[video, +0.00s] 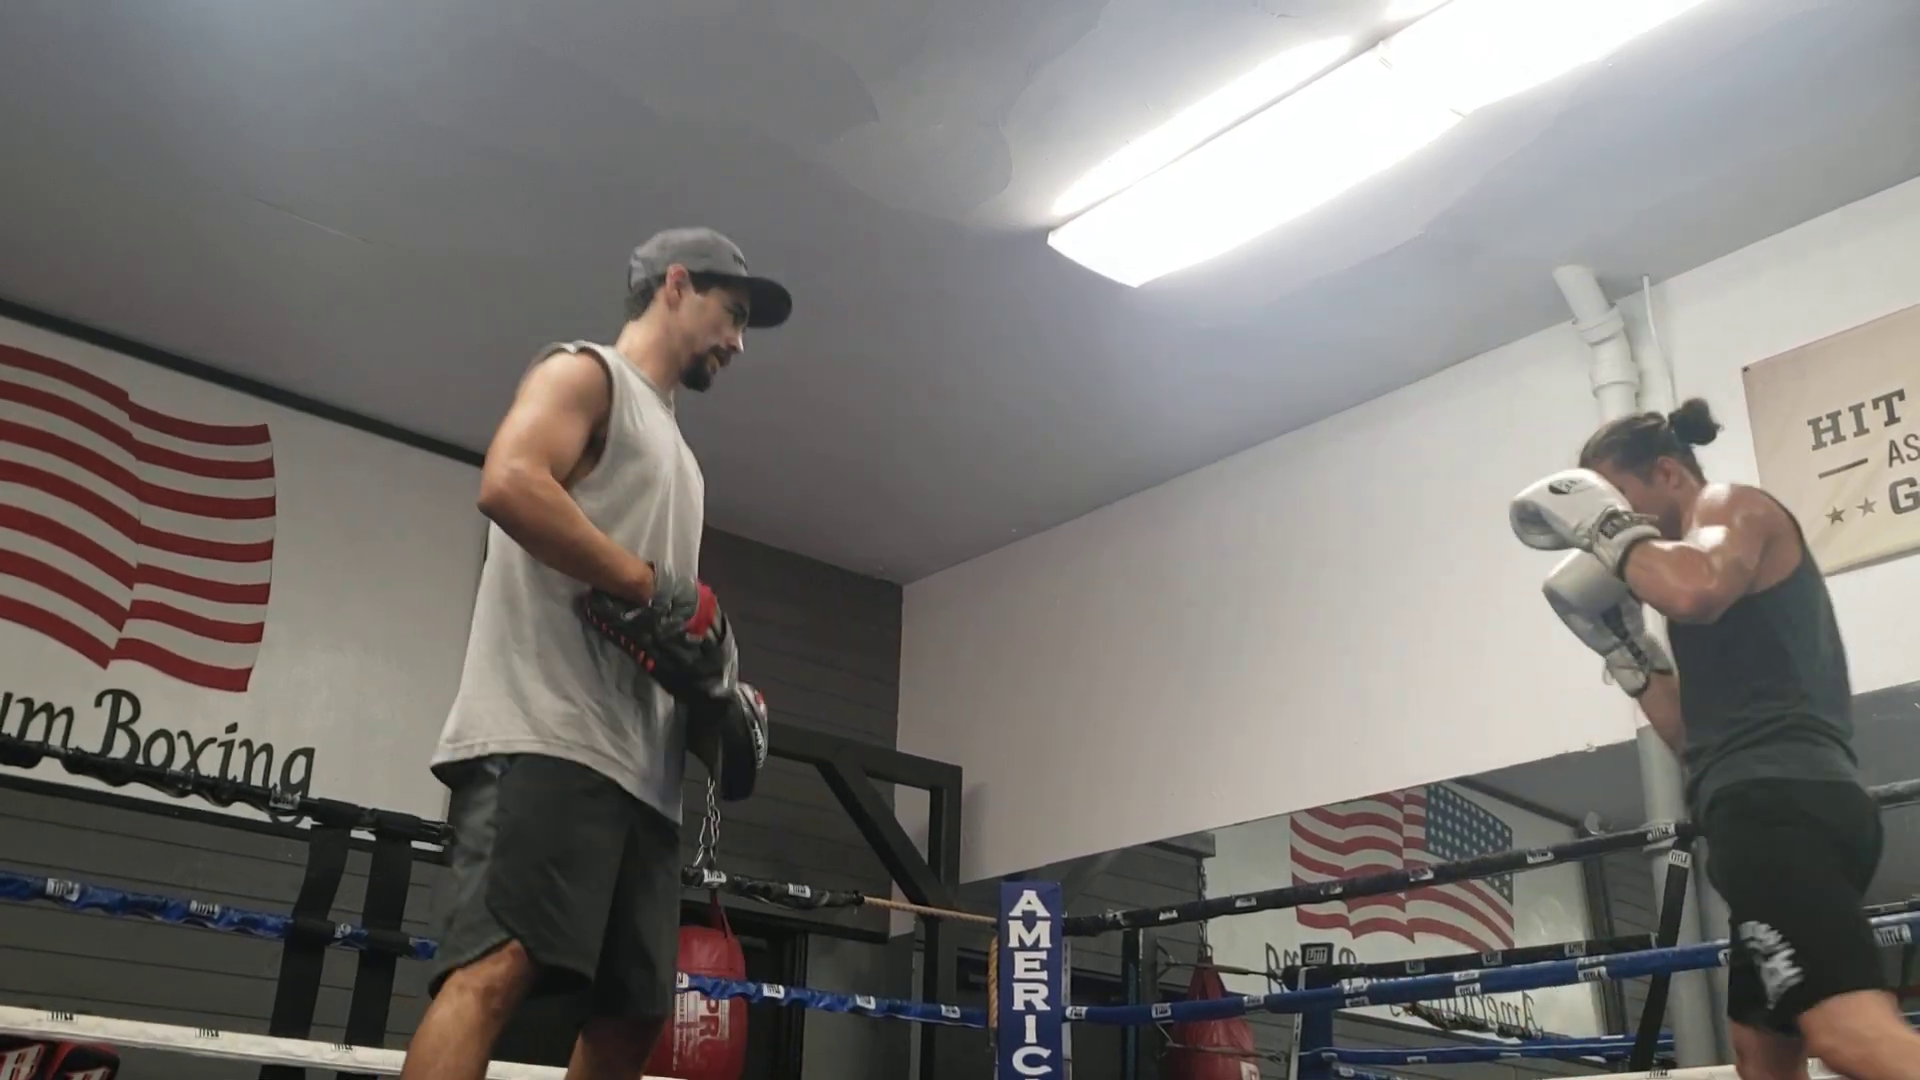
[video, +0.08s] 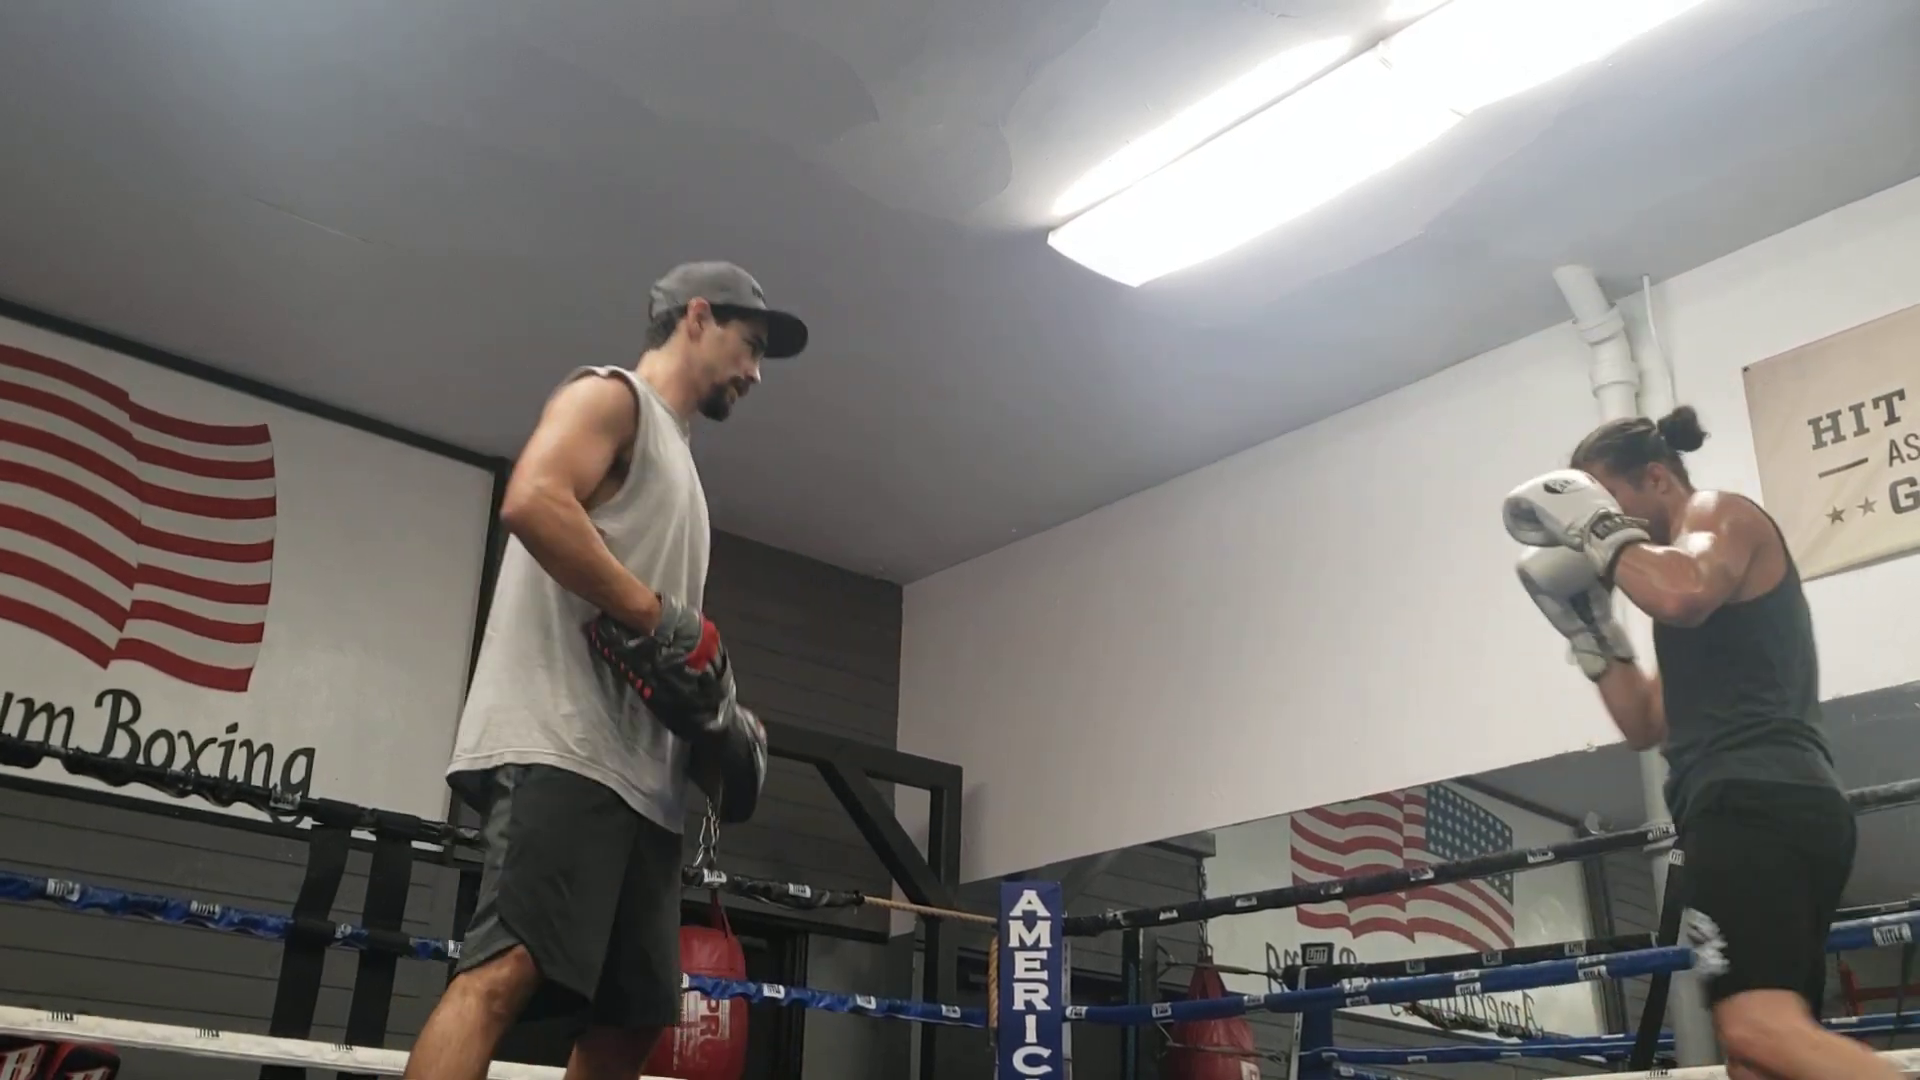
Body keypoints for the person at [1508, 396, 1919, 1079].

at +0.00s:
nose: (1619, 521)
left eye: (1620, 499)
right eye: (1608, 505)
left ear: (1668, 472)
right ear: (1667, 474)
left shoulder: (1738, 504)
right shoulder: (1701, 571)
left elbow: (1696, 588)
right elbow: (1694, 735)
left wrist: (1605, 527)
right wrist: (1623, 649)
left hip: (1778, 791)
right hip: (1748, 802)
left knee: (1852, 1031)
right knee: (1761, 1043)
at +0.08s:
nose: (1610, 527)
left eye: (1612, 506)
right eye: (1600, 512)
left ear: (1656, 477)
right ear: (1653, 479)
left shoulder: (1724, 512)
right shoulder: (1687, 577)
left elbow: (1685, 594)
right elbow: (1645, 725)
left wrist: (1595, 526)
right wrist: (1590, 625)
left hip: (1759, 795)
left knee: (1758, 1027)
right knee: (1754, 1052)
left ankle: (1895, 1069)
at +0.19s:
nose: (1589, 518)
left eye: (1589, 496)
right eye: (1578, 505)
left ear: (1633, 474)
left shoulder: (1706, 508)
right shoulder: (1658, 596)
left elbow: (1663, 586)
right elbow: (1583, 703)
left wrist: (1578, 516)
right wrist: (1539, 604)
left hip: (1730, 787)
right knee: (1759, 1040)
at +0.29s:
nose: (1561, 523)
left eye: (1562, 501)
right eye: (1549, 510)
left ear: (1603, 478)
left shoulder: (1679, 514)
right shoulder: (1618, 601)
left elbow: (1645, 591)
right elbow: (1540, 701)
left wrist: (1555, 518)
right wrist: (1492, 601)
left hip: (1696, 791)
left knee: (1599, 1002)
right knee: (1753, 1039)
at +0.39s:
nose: (1517, 541)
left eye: (1518, 518)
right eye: (1507, 525)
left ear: (1564, 495)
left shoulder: (1649, 534)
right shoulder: (1589, 607)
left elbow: (1625, 635)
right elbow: (1517, 723)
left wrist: (1535, 561)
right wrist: (1465, 632)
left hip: (1654, 820)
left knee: (1543, 1028)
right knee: (1747, 1042)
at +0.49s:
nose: (1465, 554)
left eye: (1467, 534)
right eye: (1454, 542)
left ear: (1517, 509)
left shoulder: (1601, 562)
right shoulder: (1544, 605)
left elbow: (1600, 698)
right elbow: (1519, 747)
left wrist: (1514, 629)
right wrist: (1455, 667)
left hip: (1594, 836)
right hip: (1651, 839)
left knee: (1496, 1037)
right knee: (1696, 1050)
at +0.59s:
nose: (1425, 559)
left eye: (1428, 538)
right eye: (1415, 547)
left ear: (1477, 512)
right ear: (1476, 516)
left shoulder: (1557, 567)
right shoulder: (1516, 601)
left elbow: (1549, 714)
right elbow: (1518, 749)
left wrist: (1458, 642)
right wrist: (1448, 689)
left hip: (1566, 828)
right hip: (1619, 829)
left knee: (1487, 1039)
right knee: (1630, 1050)